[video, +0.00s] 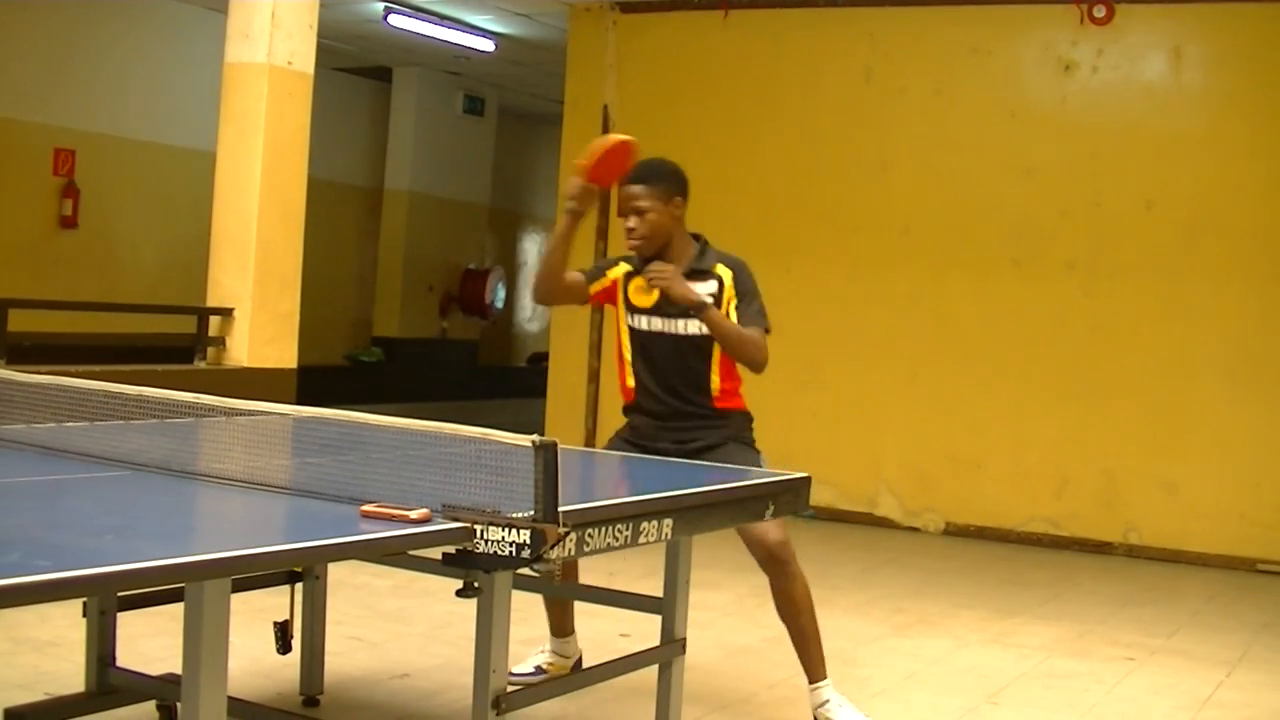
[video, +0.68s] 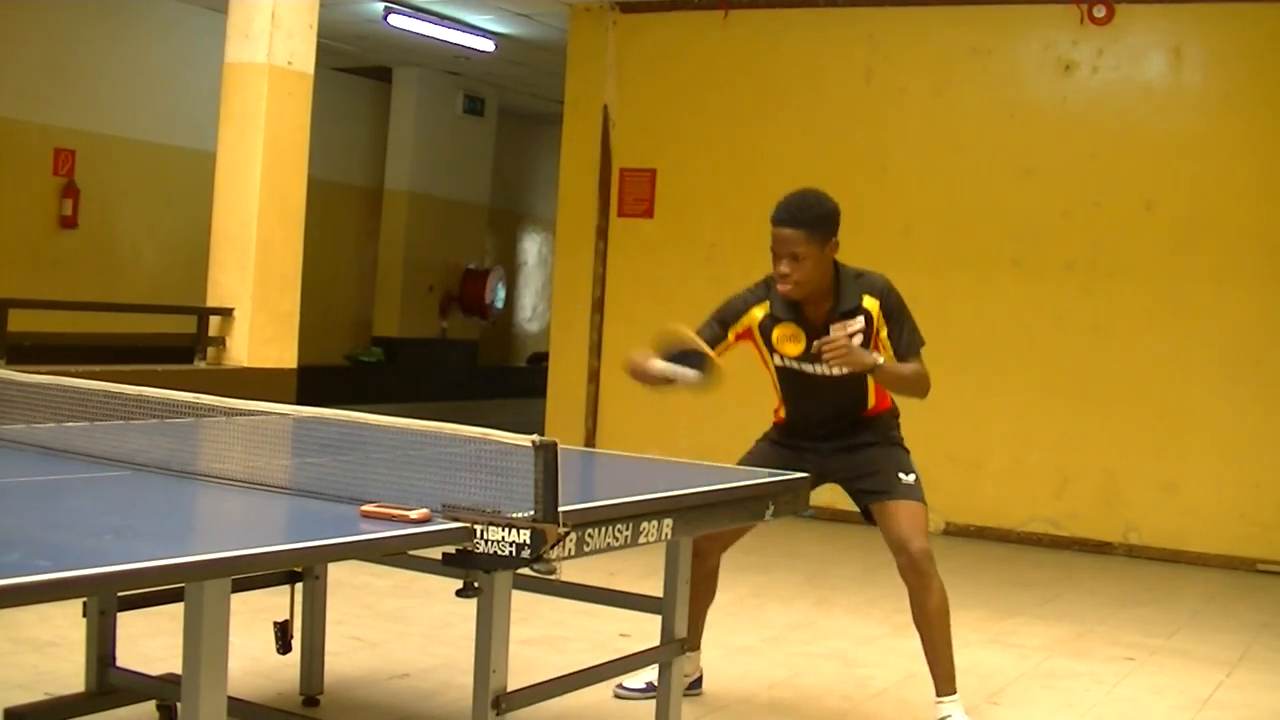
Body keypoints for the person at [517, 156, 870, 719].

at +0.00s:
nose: (627, 223)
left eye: (640, 211)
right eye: (622, 212)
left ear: (678, 209)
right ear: (620, 215)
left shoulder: (726, 273)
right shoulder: (623, 273)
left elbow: (757, 356)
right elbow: (547, 292)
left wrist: (695, 301)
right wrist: (569, 219)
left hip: (719, 440)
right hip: (642, 436)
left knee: (776, 545)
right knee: (553, 521)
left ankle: (822, 693)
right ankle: (562, 653)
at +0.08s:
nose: (654, 222)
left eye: (667, 211)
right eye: (651, 211)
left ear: (702, 212)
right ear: (647, 214)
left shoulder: (748, 278)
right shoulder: (644, 270)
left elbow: (765, 367)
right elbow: (578, 312)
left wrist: (716, 304)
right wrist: (607, 236)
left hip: (730, 439)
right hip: (650, 435)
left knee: (795, 543)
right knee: (558, 520)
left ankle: (829, 695)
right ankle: (563, 652)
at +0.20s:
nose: (691, 207)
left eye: (704, 195)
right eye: (686, 194)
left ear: (740, 197)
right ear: (683, 196)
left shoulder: (784, 258)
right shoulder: (677, 256)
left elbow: (805, 352)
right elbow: (639, 360)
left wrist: (739, 302)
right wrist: (637, 309)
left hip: (784, 429)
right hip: (708, 425)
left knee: (830, 537)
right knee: (623, 515)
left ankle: (850, 690)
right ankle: (588, 652)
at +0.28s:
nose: (711, 216)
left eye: (724, 204)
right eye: (706, 203)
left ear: (760, 206)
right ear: (702, 204)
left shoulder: (806, 264)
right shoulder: (696, 277)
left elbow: (834, 357)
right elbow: (669, 379)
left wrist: (766, 312)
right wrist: (666, 352)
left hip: (815, 424)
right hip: (741, 424)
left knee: (859, 533)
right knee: (653, 515)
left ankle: (895, 679)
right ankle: (648, 659)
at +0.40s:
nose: (742, 263)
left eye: (755, 252)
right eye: (738, 250)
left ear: (791, 250)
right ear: (734, 248)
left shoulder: (840, 304)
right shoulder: (728, 320)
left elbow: (871, 397)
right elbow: (698, 409)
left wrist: (804, 357)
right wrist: (709, 440)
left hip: (851, 450)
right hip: (777, 449)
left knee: (902, 557)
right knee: (682, 538)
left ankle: (945, 701)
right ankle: (679, 663)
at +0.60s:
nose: (777, 287)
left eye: (790, 275)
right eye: (773, 273)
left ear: (828, 269)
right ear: (767, 266)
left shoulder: (874, 312)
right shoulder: (759, 324)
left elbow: (914, 403)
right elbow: (682, 396)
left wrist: (859, 382)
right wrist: (696, 435)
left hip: (875, 452)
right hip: (799, 453)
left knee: (919, 556)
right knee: (701, 544)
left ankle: (950, 703)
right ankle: (682, 665)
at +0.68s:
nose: (781, 270)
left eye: (794, 259)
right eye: (776, 256)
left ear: (830, 252)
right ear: (769, 249)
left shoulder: (874, 295)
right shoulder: (755, 305)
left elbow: (919, 383)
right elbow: (692, 357)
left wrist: (867, 361)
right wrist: (655, 366)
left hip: (870, 441)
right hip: (790, 442)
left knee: (915, 551)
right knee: (702, 539)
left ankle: (949, 702)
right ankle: (683, 664)